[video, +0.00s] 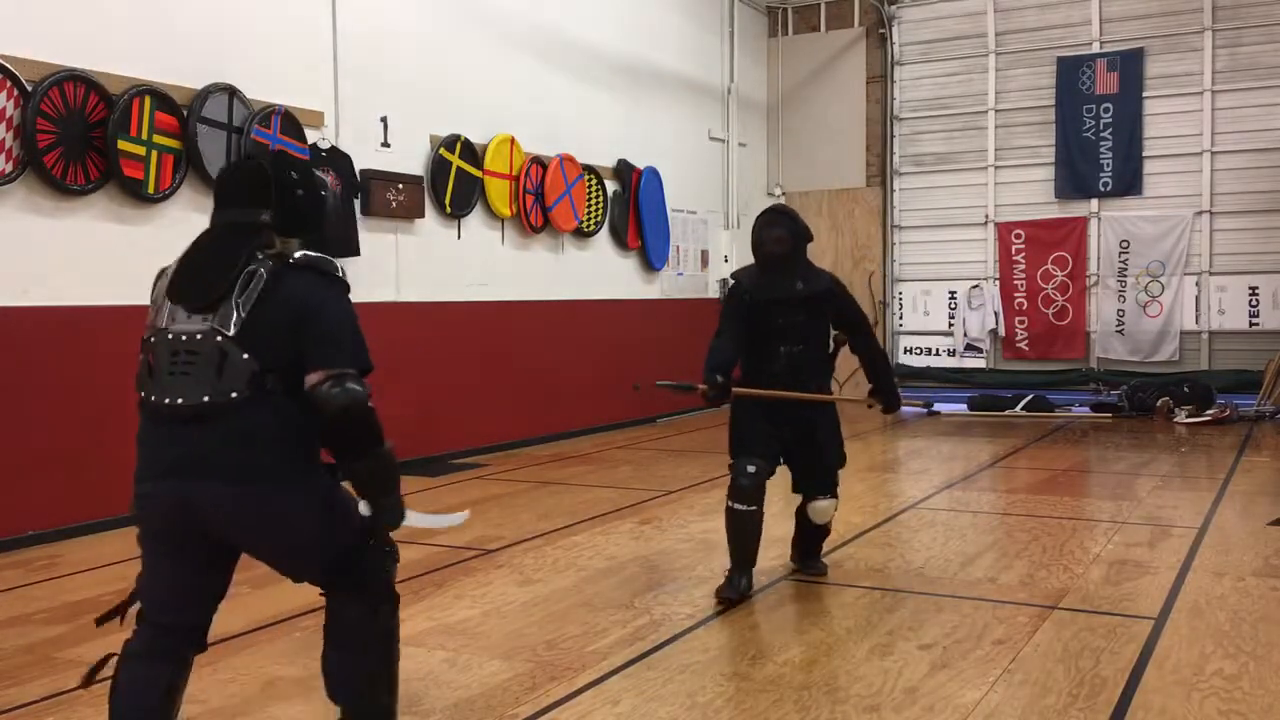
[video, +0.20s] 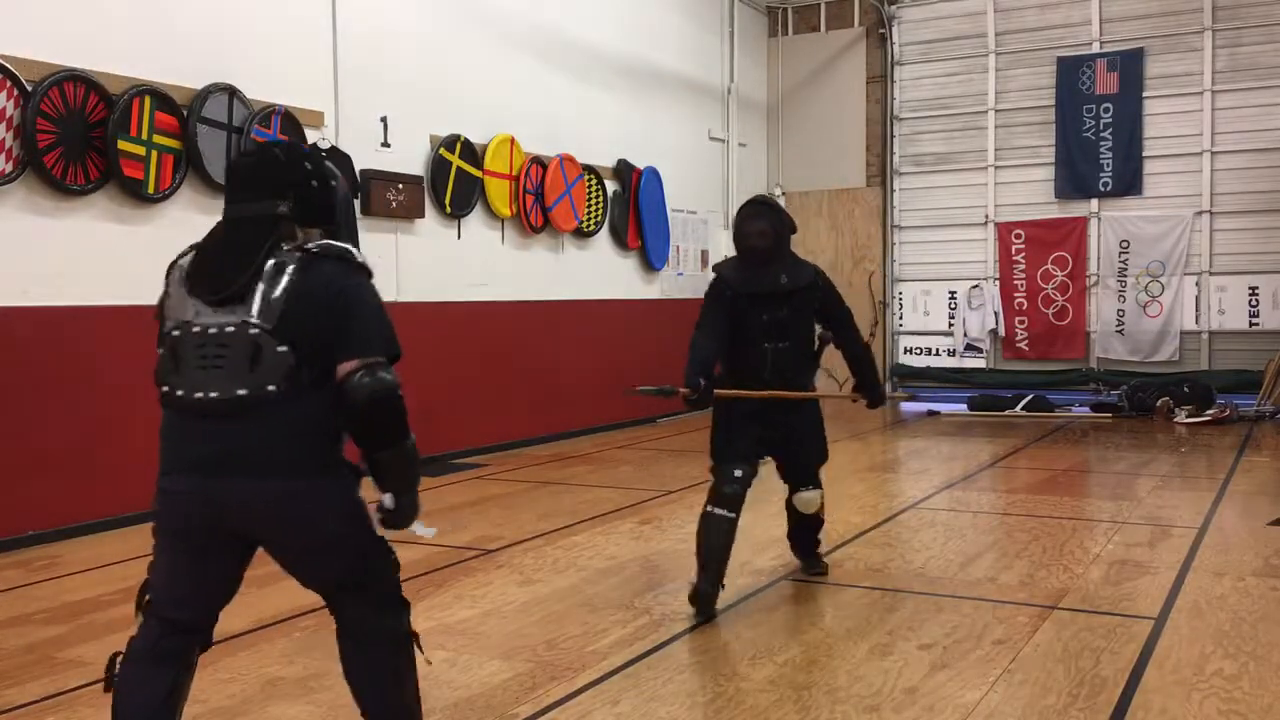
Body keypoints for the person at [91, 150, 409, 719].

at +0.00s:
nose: (318, 214)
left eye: (315, 202)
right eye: (311, 203)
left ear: (226, 213)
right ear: (289, 212)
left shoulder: (175, 278)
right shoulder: (306, 280)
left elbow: (158, 389)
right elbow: (339, 402)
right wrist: (382, 491)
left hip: (169, 486)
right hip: (266, 486)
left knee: (163, 633)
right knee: (361, 566)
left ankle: (134, 709)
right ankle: (367, 707)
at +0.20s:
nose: (331, 204)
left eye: (326, 193)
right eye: (323, 194)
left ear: (238, 202)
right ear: (303, 202)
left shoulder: (183, 274)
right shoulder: (329, 275)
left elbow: (173, 379)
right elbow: (371, 397)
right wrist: (399, 488)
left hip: (192, 486)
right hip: (297, 487)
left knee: (169, 629)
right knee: (367, 599)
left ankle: (137, 709)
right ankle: (393, 709)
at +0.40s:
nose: (379, 212)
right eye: (372, 202)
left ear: (280, 206)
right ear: (357, 206)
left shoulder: (229, 278)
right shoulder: (382, 273)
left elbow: (225, 379)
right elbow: (443, 387)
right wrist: (457, 470)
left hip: (256, 484)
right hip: (361, 483)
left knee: (202, 626)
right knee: (388, 616)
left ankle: (174, 708)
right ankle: (395, 709)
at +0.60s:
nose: (410, 208)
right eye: (401, 198)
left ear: (308, 208)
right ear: (382, 203)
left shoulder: (258, 278)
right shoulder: (412, 277)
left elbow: (246, 369)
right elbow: (466, 399)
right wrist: (486, 487)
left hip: (284, 499)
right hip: (390, 496)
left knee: (262, 651)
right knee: (402, 620)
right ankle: (401, 710)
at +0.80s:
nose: (422, 212)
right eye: (413, 201)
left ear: (313, 211)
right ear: (397, 207)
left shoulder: (268, 283)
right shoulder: (425, 280)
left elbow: (258, 392)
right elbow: (472, 409)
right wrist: (494, 507)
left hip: (295, 507)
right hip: (404, 502)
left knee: (282, 666)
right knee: (424, 610)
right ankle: (416, 708)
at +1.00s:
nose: (455, 211)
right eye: (447, 202)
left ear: (355, 207)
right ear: (431, 208)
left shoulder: (299, 285)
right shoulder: (458, 285)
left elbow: (291, 389)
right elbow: (507, 412)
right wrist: (527, 513)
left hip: (328, 512)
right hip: (438, 504)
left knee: (290, 671)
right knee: (492, 602)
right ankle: (528, 706)